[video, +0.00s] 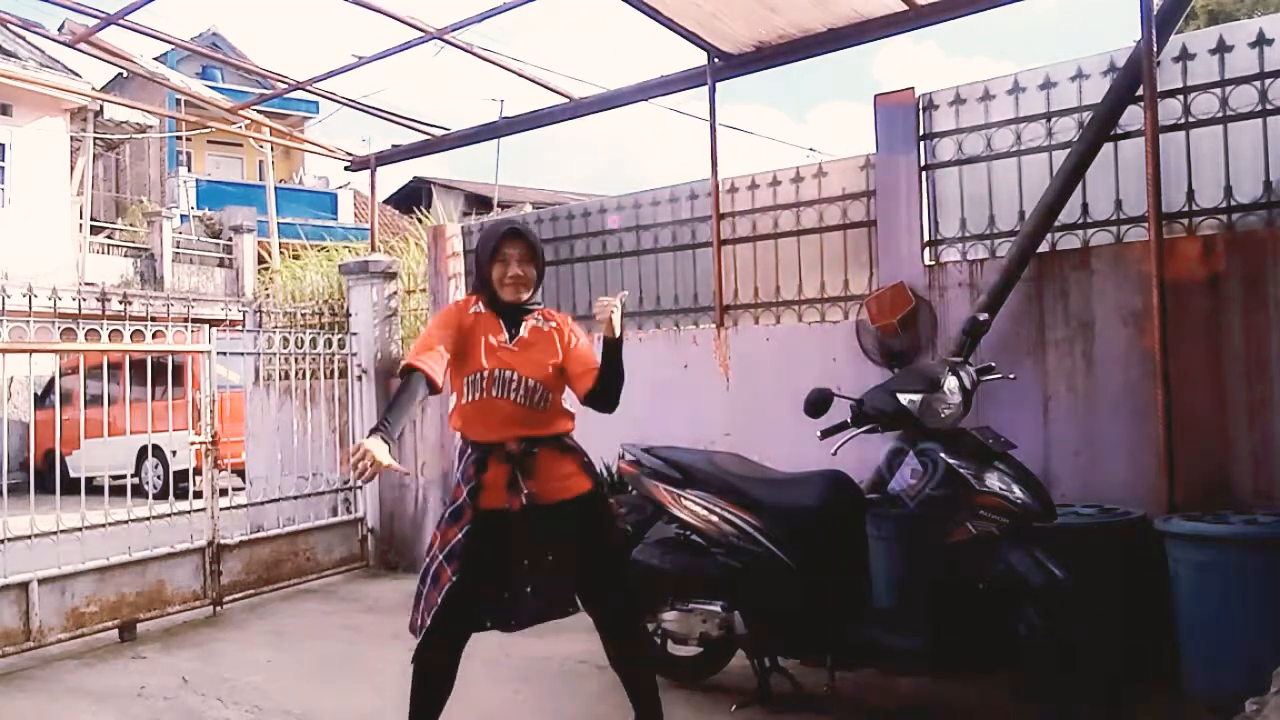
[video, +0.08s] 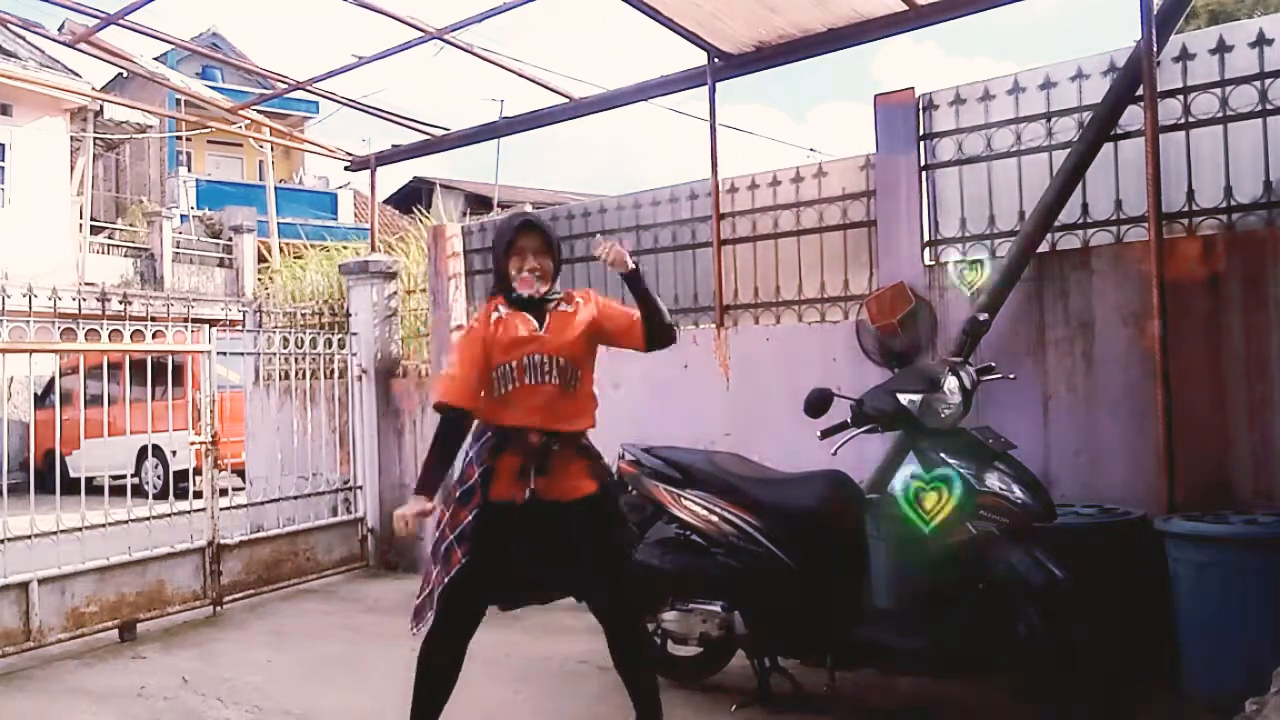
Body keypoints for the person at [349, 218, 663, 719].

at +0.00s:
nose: (517, 271)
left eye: (527, 261)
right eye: (504, 260)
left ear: (540, 270)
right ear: (485, 268)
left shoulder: (559, 328)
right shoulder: (460, 318)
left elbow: (604, 399)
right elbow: (419, 377)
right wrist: (383, 435)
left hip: (568, 494)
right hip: (488, 501)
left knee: (620, 622)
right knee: (443, 634)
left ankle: (651, 714)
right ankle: (420, 718)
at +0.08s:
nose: (530, 264)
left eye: (540, 254)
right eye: (518, 255)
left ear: (555, 262)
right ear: (501, 263)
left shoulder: (585, 309)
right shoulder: (485, 325)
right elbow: (456, 413)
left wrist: (631, 274)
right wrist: (424, 492)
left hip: (575, 486)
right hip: (499, 487)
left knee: (620, 613)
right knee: (453, 620)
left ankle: (649, 715)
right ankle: (421, 717)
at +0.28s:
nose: (542, 292)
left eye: (551, 282)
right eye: (530, 284)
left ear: (565, 288)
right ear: (513, 295)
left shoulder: (599, 331)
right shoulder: (500, 363)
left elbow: (672, 339)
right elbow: (480, 451)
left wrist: (715, 376)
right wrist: (443, 407)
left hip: (591, 513)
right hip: (517, 517)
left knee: (629, 626)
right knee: (458, 625)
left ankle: (646, 716)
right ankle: (428, 718)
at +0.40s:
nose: (529, 266)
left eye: (539, 256)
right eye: (516, 257)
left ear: (553, 264)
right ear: (498, 266)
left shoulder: (581, 318)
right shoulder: (475, 324)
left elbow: (637, 382)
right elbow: (432, 393)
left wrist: (686, 447)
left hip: (573, 485)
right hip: (494, 488)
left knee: (622, 623)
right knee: (447, 624)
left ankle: (648, 713)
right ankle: (419, 717)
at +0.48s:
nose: (512, 274)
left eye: (524, 264)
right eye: (501, 265)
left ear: (538, 273)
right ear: (484, 273)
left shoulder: (558, 340)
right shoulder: (462, 326)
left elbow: (582, 428)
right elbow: (401, 366)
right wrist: (445, 308)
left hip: (564, 499)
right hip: (485, 503)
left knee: (620, 619)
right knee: (435, 627)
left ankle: (644, 714)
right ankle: (424, 717)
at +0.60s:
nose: (507, 307)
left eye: (516, 297)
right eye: (495, 296)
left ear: (527, 305)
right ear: (473, 301)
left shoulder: (541, 376)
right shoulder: (453, 331)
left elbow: (547, 459)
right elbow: (406, 380)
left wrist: (565, 499)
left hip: (542, 527)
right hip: (477, 533)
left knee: (617, 617)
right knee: (419, 662)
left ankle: (642, 714)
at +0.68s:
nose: (507, 304)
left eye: (516, 295)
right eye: (495, 294)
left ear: (527, 303)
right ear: (474, 301)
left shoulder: (544, 371)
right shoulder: (452, 336)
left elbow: (559, 456)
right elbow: (420, 387)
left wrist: (578, 438)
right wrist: (403, 437)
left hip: (560, 517)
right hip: (482, 525)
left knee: (617, 622)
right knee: (436, 647)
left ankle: (642, 714)